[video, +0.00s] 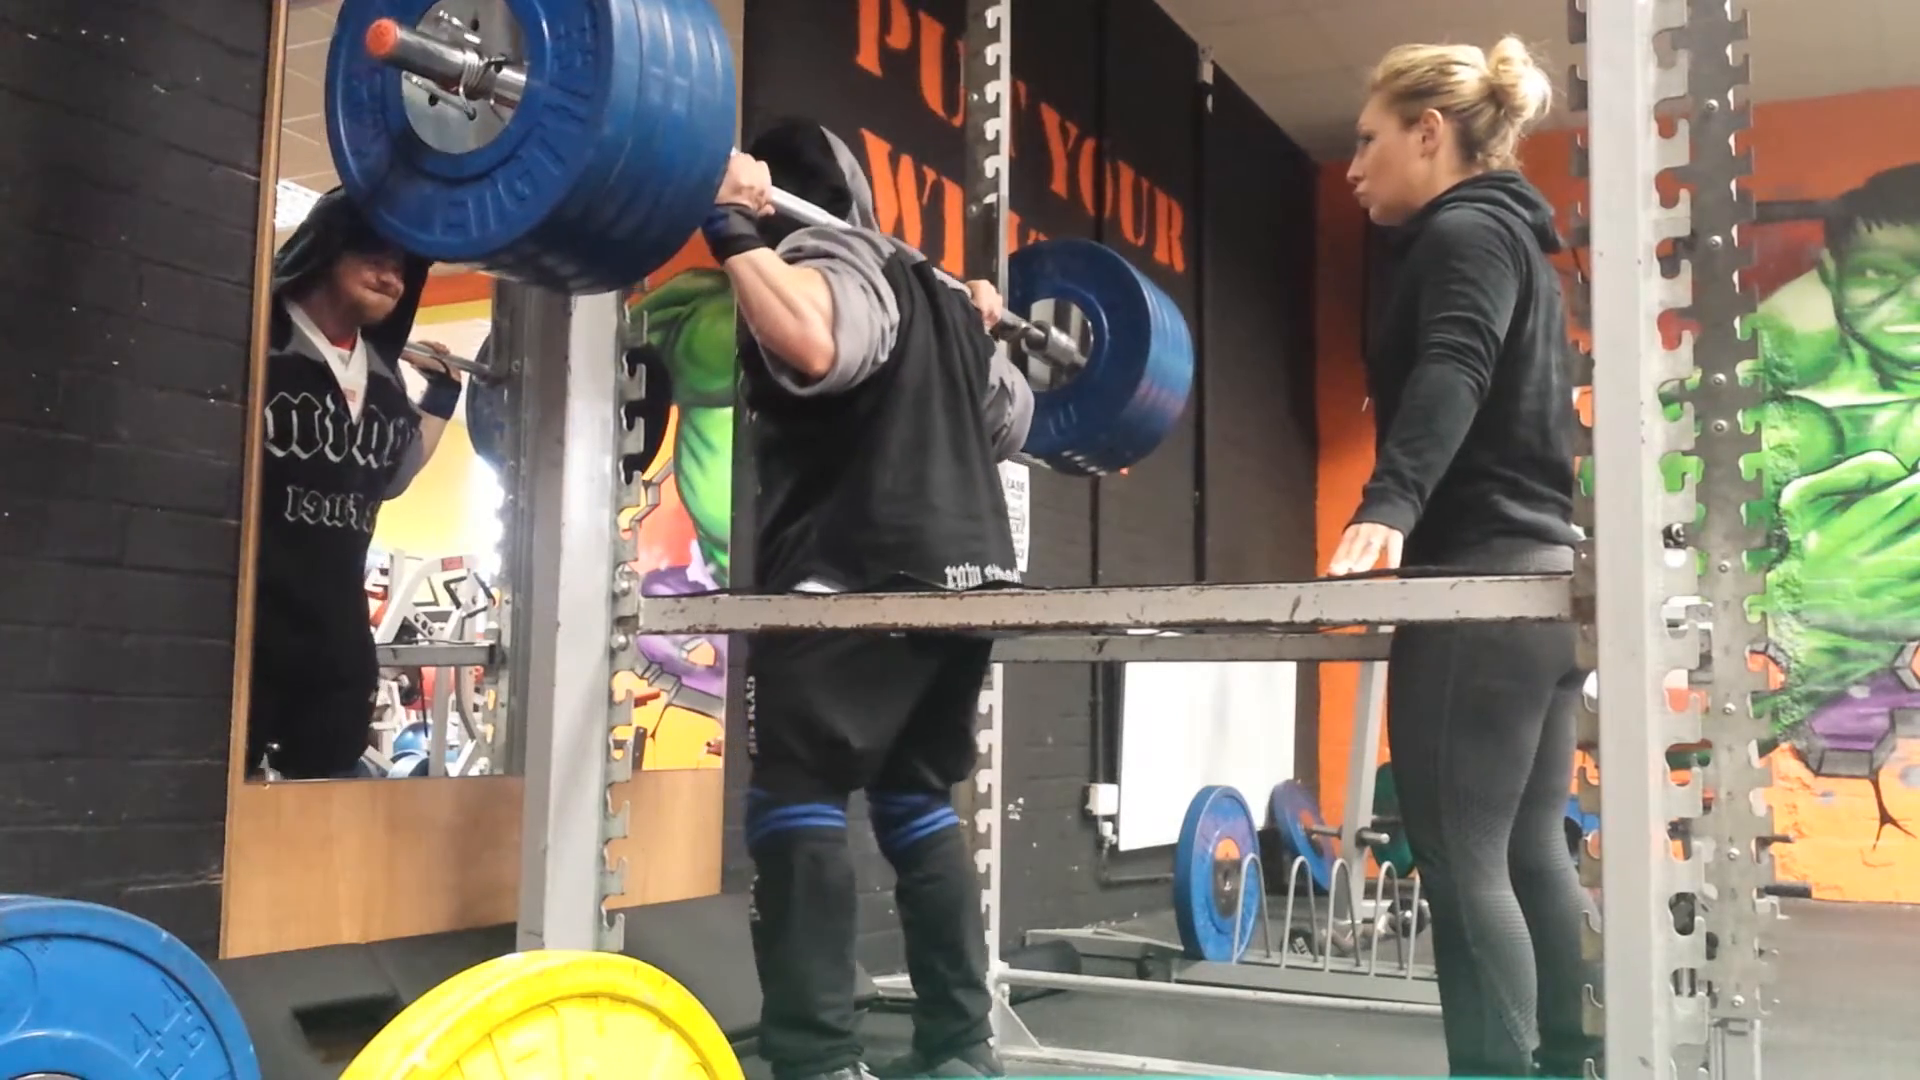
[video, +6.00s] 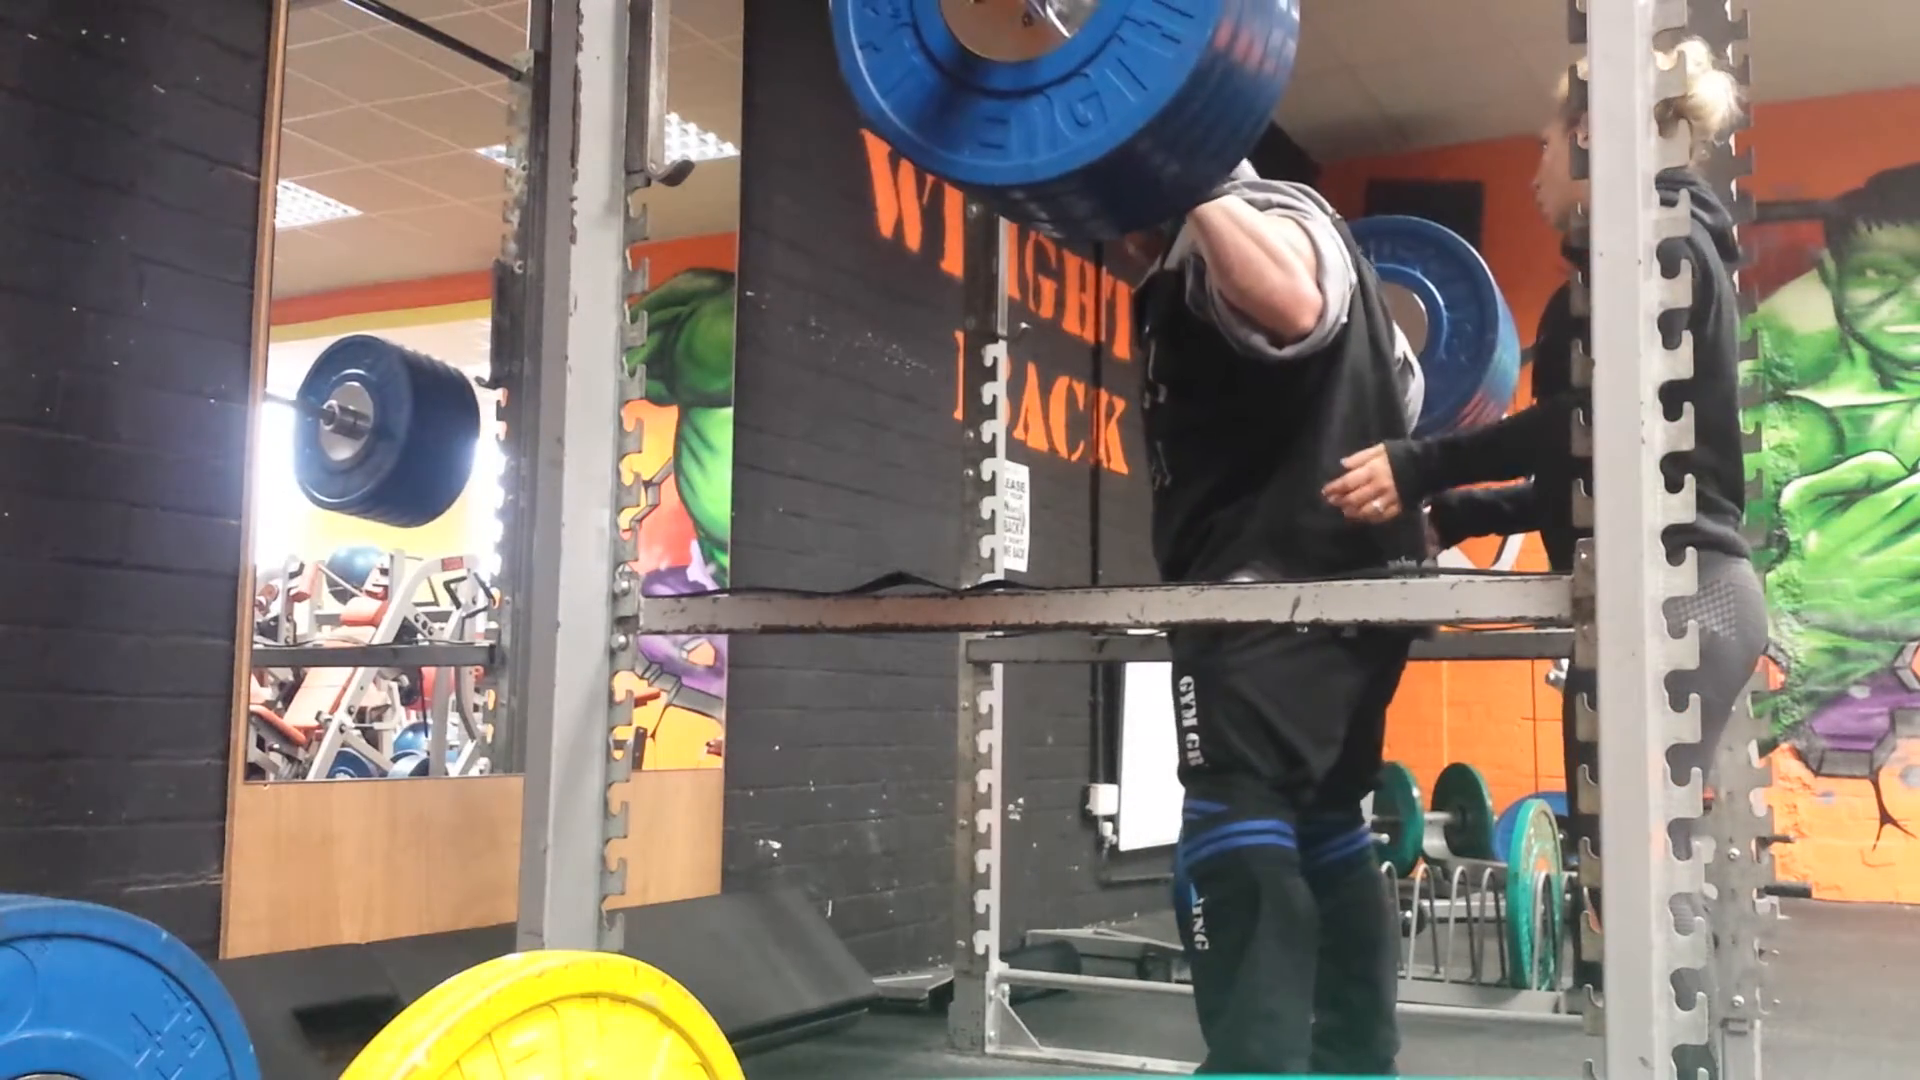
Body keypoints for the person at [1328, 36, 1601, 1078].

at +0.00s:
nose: (1354, 168)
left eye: (1367, 142)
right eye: (1355, 146)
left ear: (1433, 133)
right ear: (1439, 137)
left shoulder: (1466, 226)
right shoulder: (1509, 225)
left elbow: (1455, 361)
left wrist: (1386, 510)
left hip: (1483, 568)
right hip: (1540, 566)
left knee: (1464, 860)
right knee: (1533, 846)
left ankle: (1494, 1073)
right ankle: (1568, 1065)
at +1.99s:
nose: (1476, 168)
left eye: (1489, 143)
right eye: (1476, 146)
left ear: (1554, 135)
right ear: (1554, 140)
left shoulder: (1568, 256)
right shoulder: (1581, 255)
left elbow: (1534, 433)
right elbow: (1567, 483)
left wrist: (1385, 506)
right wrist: (1443, 543)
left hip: (1576, 592)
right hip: (1575, 587)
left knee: (1546, 835)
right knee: (1553, 834)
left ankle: (1620, 1044)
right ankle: (1622, 1040)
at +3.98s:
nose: (1545, 176)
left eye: (1563, 147)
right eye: (1539, 151)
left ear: (1628, 134)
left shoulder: (1674, 239)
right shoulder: (1660, 236)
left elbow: (1651, 435)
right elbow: (1608, 433)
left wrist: (1499, 492)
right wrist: (1491, 488)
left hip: (1685, 587)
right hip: (1690, 581)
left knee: (1660, 853)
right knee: (1694, 853)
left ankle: (1688, 1061)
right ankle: (1718, 1058)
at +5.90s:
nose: (1531, 168)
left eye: (1543, 144)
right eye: (1537, 144)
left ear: (1593, 144)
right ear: (1596, 144)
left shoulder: (1641, 244)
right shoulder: (1665, 247)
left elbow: (1591, 430)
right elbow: (1599, 475)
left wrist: (1420, 474)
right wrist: (1453, 515)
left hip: (1669, 585)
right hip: (1700, 583)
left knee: (1630, 842)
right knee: (1651, 844)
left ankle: (1659, 1058)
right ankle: (1671, 1054)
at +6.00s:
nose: (1538, 151)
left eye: (1553, 132)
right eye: (1546, 131)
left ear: (1600, 145)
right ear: (1617, 150)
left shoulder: (1648, 252)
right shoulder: (1649, 263)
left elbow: (1590, 423)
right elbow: (1593, 482)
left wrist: (1415, 465)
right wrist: (1448, 515)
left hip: (1672, 583)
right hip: (1683, 585)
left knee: (1636, 842)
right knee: (1641, 843)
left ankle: (1659, 1060)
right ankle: (1661, 1056)